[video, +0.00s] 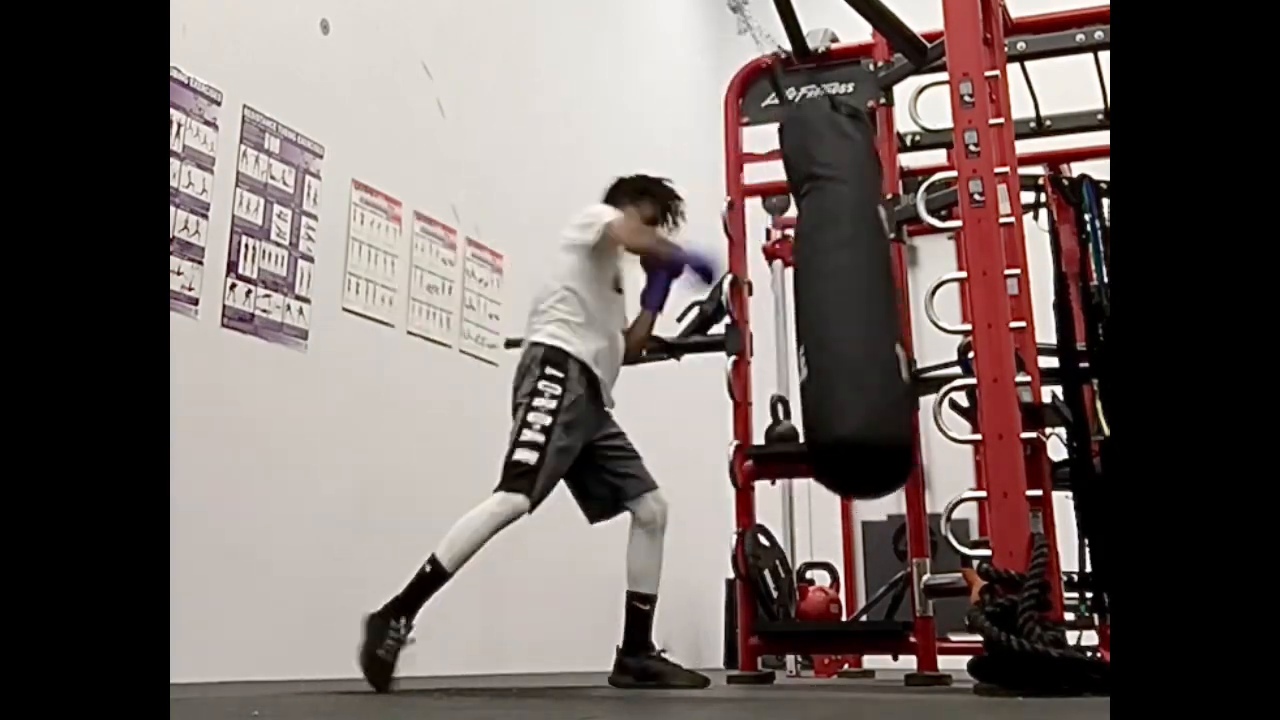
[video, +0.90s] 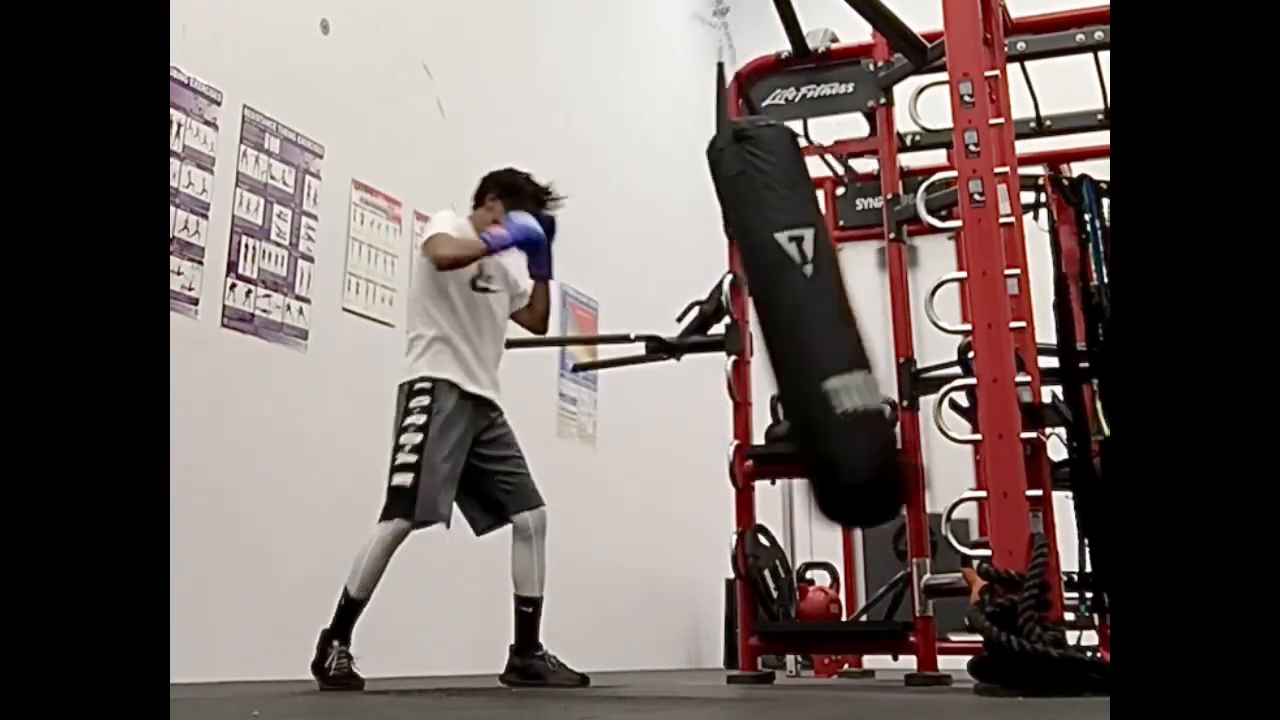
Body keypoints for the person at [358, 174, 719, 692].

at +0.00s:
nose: (655, 232)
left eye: (660, 226)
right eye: (650, 220)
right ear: (626, 203)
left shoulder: (612, 281)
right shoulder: (593, 217)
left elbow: (629, 351)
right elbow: (636, 240)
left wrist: (658, 287)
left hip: (590, 397)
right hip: (558, 367)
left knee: (650, 511)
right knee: (514, 497)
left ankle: (637, 655)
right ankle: (393, 618)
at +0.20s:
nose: (550, 176)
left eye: (554, 168)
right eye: (549, 163)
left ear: (528, 165)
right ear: (523, 152)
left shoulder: (513, 216)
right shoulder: (479, 173)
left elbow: (531, 289)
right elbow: (520, 222)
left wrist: (553, 226)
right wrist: (552, 186)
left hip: (495, 357)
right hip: (453, 342)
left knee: (534, 491)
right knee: (440, 490)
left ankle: (509, 643)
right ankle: (381, 641)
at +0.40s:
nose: (481, 188)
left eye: (486, 182)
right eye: (481, 177)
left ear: (465, 171)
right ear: (461, 162)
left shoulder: (449, 218)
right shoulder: (413, 180)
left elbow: (468, 287)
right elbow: (436, 242)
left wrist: (487, 222)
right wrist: (481, 204)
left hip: (439, 367)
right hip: (391, 352)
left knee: (495, 495)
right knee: (364, 500)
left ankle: (467, 640)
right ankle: (295, 651)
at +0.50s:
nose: (478, 185)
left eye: (482, 179)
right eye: (477, 173)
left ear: (461, 173)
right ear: (453, 162)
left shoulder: (455, 215)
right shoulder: (414, 182)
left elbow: (471, 289)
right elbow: (455, 234)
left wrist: (491, 214)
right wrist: (485, 193)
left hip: (445, 370)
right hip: (394, 356)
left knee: (492, 499)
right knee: (356, 503)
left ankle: (457, 640)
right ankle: (288, 640)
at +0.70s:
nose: (561, 226)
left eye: (563, 218)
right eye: (558, 216)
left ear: (522, 204)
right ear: (535, 205)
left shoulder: (493, 269)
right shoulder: (500, 222)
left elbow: (493, 340)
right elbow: (572, 218)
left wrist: (528, 288)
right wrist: (625, 233)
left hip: (478, 396)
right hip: (452, 380)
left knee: (519, 518)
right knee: (402, 510)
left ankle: (524, 654)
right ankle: (296, 638)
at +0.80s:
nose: (551, 236)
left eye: (557, 230)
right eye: (549, 225)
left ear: (537, 225)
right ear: (523, 205)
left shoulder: (503, 278)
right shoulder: (490, 222)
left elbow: (514, 348)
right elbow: (547, 253)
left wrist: (550, 295)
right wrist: (585, 275)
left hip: (491, 402)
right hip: (453, 377)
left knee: (526, 519)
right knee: (398, 505)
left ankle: (525, 655)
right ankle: (313, 633)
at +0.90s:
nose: (515, 230)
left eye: (522, 226)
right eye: (514, 220)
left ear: (515, 229)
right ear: (489, 204)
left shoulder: (503, 268)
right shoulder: (448, 222)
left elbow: (537, 321)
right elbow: (441, 254)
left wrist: (542, 263)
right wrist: (499, 240)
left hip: (481, 401)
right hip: (435, 386)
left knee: (531, 518)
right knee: (401, 517)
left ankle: (527, 654)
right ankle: (334, 645)